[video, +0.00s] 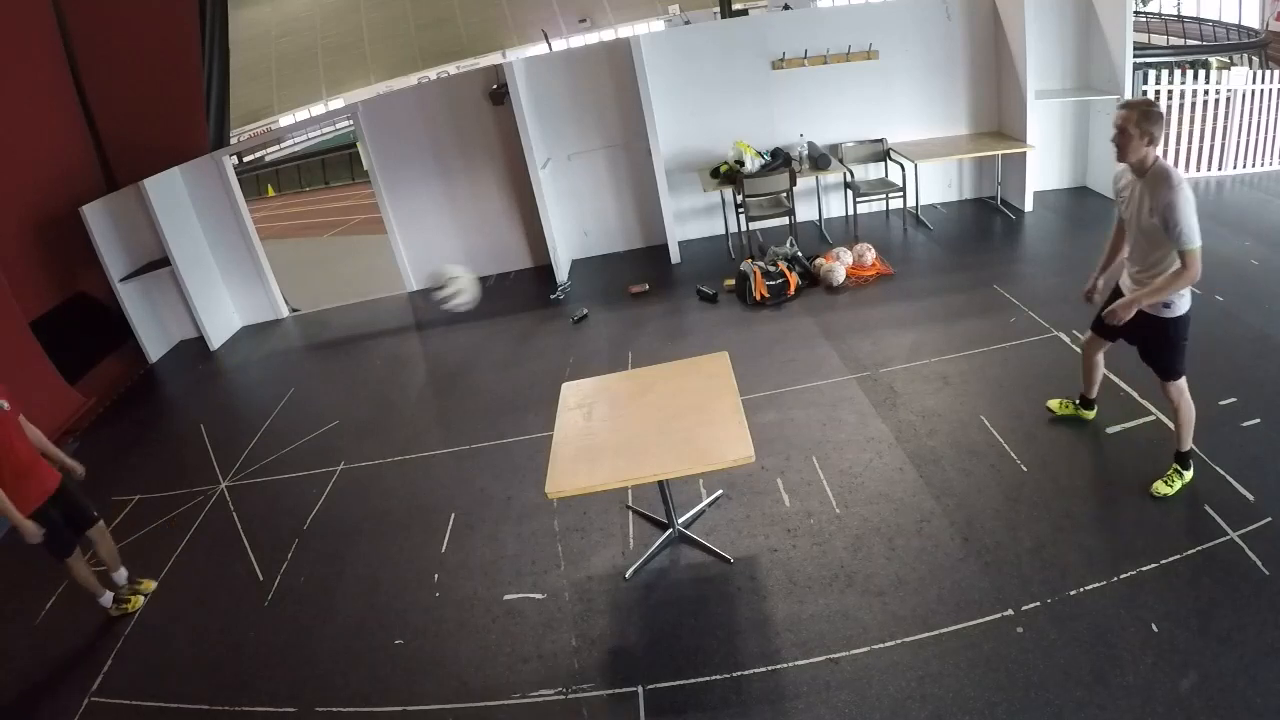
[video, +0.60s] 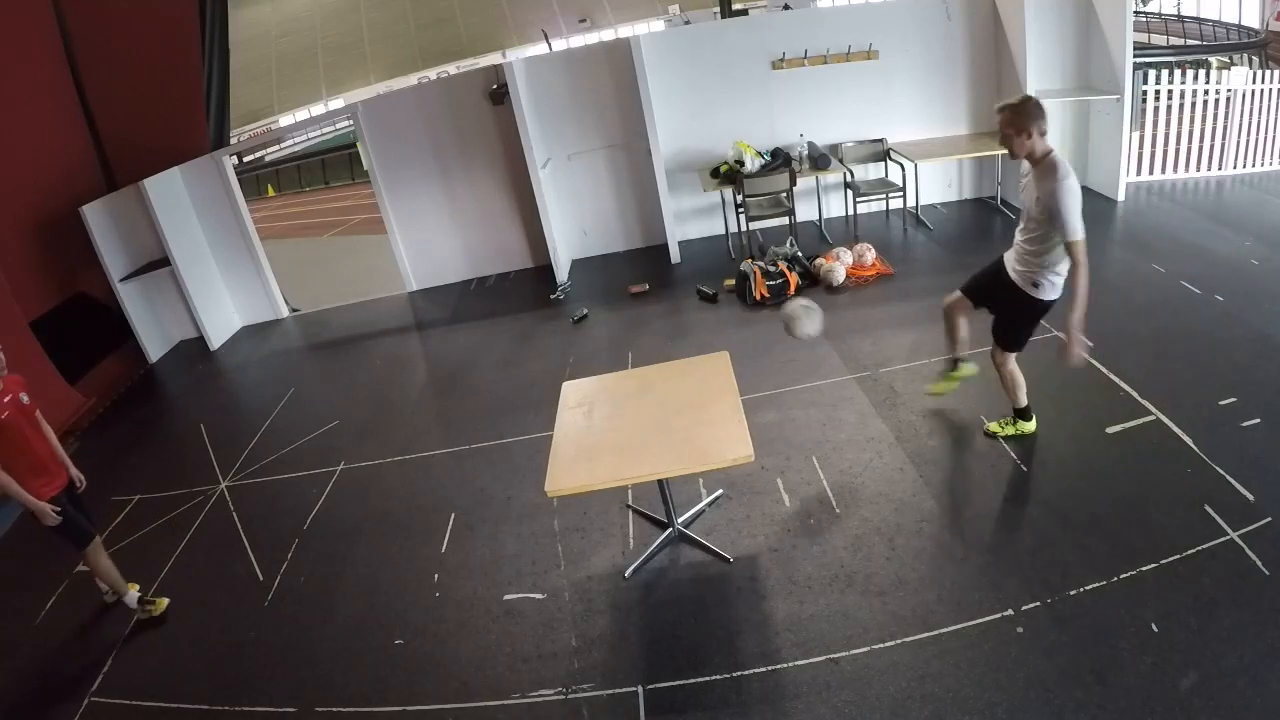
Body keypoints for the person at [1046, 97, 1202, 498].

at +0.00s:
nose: (1115, 137)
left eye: (1124, 133)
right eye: (1116, 130)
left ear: (1149, 141)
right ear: (1124, 135)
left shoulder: (1172, 190)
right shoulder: (1123, 177)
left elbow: (1191, 269)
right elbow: (1122, 231)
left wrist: (1136, 300)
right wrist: (1100, 276)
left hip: (1166, 307)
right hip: (1127, 291)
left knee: (1174, 389)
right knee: (1091, 347)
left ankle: (1183, 463)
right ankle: (1086, 404)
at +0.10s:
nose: (1089, 139)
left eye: (1097, 133)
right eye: (1090, 131)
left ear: (1122, 139)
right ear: (1110, 138)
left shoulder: (1147, 190)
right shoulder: (1104, 179)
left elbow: (1175, 266)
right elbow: (1097, 231)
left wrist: (1141, 320)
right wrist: (1071, 273)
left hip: (1141, 303)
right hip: (1106, 287)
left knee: (1150, 387)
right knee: (1075, 344)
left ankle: (1177, 458)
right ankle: (1082, 405)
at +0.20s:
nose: (1065, 136)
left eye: (1072, 130)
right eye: (1065, 129)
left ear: (1098, 135)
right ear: (1083, 133)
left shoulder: (1123, 183)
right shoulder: (1082, 173)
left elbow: (1157, 249)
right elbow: (1075, 224)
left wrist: (1156, 316)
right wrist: (1044, 268)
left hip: (1121, 294)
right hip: (1090, 279)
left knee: (1100, 377)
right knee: (1067, 342)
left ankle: (1148, 436)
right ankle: (1081, 406)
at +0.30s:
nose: (1045, 125)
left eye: (1053, 119)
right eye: (1046, 117)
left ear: (1078, 124)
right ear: (1067, 123)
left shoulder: (1109, 171)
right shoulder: (1061, 162)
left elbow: (1149, 234)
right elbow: (1054, 211)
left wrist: (1159, 296)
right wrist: (1023, 254)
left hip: (1100, 283)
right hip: (1073, 272)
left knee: (1063, 361)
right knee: (1071, 346)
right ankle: (1082, 403)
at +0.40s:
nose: (1030, 119)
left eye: (1038, 112)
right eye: (1031, 111)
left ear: (1063, 116)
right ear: (1054, 117)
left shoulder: (1096, 165)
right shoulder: (1046, 157)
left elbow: (1134, 228)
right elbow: (1043, 207)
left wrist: (1149, 288)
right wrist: (1014, 246)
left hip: (1079, 275)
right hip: (1051, 264)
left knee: (1040, 345)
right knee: (1036, 329)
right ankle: (1066, 383)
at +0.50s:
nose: (1018, 132)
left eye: (1024, 125)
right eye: (1018, 124)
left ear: (1049, 127)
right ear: (1042, 128)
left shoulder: (1078, 175)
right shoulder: (1039, 161)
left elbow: (1110, 245)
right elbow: (1040, 217)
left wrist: (1124, 310)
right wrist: (1014, 250)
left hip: (1055, 285)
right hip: (1028, 267)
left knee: (1013, 348)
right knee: (986, 323)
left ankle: (1024, 417)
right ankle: (1029, 367)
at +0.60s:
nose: (1002, 143)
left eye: (1006, 136)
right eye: (1001, 135)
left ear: (1029, 134)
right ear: (1027, 133)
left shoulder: (1062, 182)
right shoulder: (1031, 165)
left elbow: (1080, 261)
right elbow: (1035, 224)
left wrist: (1074, 329)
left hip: (1036, 285)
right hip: (1012, 263)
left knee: (1002, 355)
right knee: (954, 306)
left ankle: (1024, 419)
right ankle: (957, 366)